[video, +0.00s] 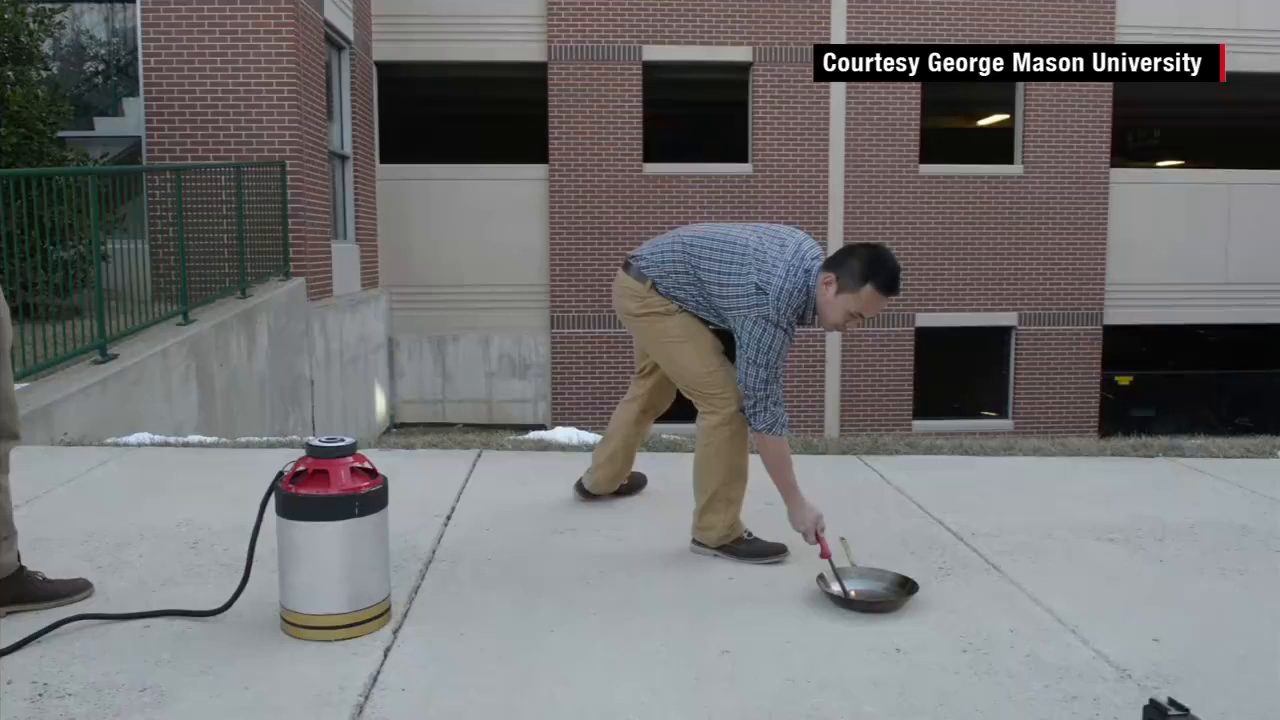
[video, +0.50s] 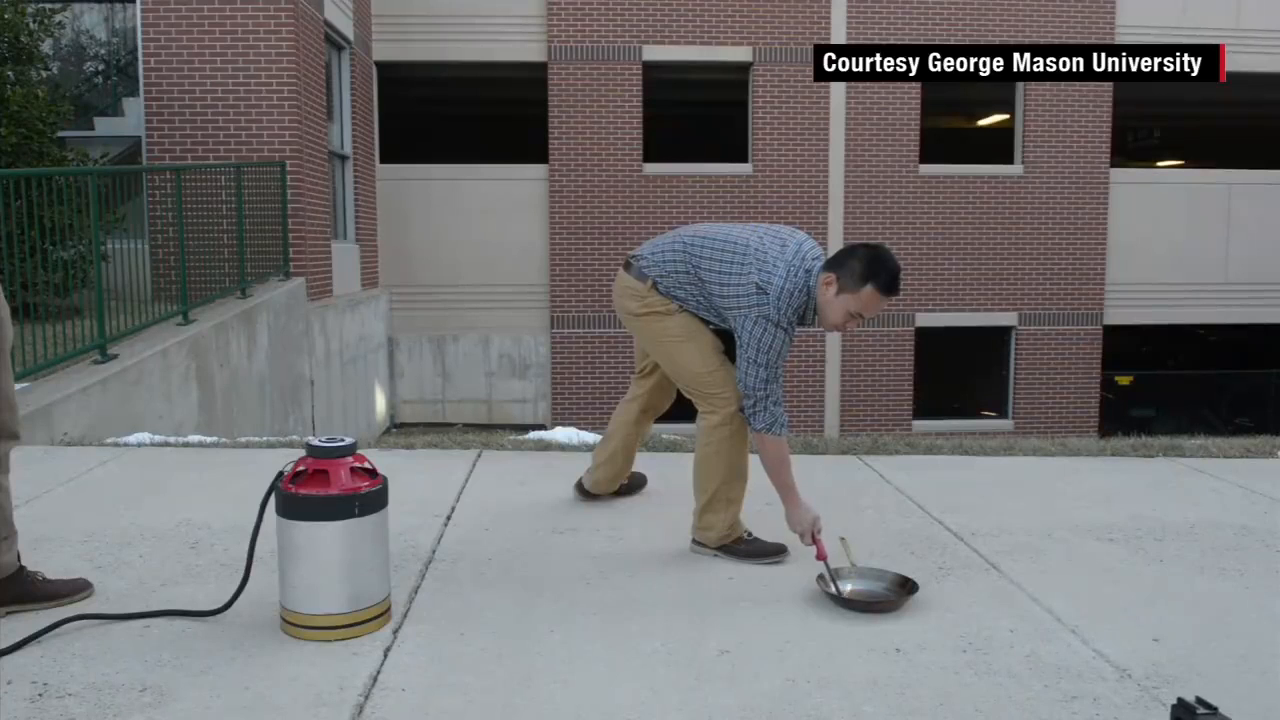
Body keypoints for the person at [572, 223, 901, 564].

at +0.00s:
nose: (854, 326)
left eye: (863, 320)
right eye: (854, 315)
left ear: (832, 278)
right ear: (828, 284)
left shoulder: (805, 254)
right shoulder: (768, 301)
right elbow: (764, 410)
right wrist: (795, 502)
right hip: (651, 290)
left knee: (653, 385)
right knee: (726, 403)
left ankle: (601, 478)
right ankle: (717, 532)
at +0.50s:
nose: (852, 327)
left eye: (862, 321)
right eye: (853, 315)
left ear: (832, 278)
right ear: (829, 284)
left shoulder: (805, 256)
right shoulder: (768, 300)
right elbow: (763, 409)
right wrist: (793, 503)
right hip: (652, 290)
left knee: (653, 386)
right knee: (726, 403)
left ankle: (601, 477)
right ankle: (717, 532)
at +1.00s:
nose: (852, 327)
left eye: (862, 320)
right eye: (853, 315)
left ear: (832, 278)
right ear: (829, 284)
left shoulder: (805, 255)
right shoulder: (768, 300)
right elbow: (763, 409)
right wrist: (791, 503)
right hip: (652, 290)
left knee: (654, 385)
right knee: (726, 402)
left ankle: (601, 478)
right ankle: (717, 532)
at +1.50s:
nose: (851, 325)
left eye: (861, 319)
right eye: (852, 313)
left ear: (830, 277)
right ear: (827, 282)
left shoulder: (803, 255)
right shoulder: (766, 299)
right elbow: (760, 406)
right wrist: (789, 501)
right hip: (651, 289)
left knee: (652, 387)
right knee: (723, 401)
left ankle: (601, 478)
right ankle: (717, 532)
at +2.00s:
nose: (822, 238)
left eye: (830, 229)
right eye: (819, 225)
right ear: (788, 204)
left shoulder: (765, 219)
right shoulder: (741, 239)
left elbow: (728, 282)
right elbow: (703, 337)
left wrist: (730, 334)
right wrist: (701, 422)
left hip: (660, 285)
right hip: (630, 288)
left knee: (665, 388)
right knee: (707, 399)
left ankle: (597, 473)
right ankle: (716, 530)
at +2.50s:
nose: (657, 84)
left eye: (664, 75)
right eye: (649, 72)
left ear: (666, 73)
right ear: (619, 65)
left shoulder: (646, 131)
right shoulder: (586, 116)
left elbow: (652, 204)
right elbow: (562, 189)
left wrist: (667, 262)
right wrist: (561, 260)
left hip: (622, 263)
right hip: (588, 260)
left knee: (633, 373)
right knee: (607, 368)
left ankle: (602, 471)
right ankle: (591, 485)